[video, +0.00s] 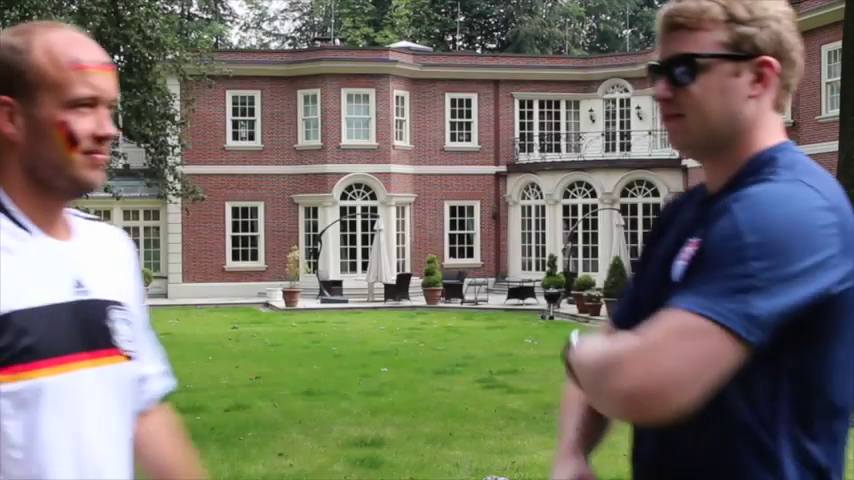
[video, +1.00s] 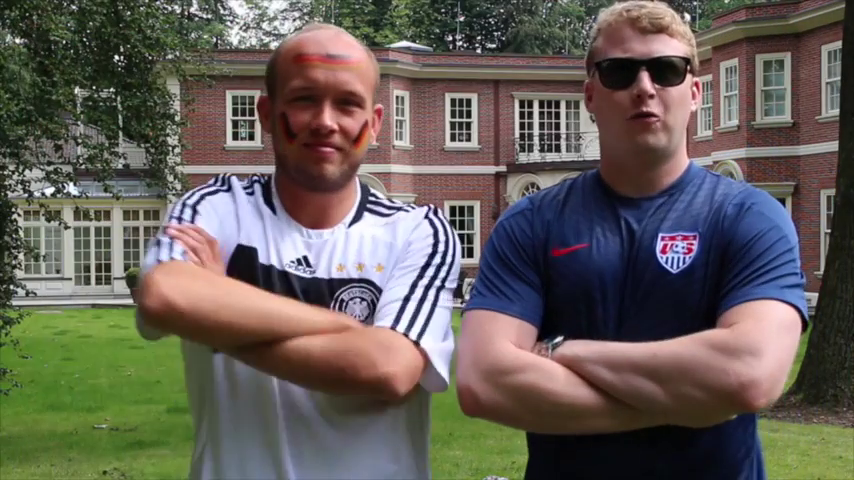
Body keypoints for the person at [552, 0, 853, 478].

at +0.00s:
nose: (661, 90)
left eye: (683, 70)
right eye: (657, 74)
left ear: (760, 79)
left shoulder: (790, 208)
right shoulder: (683, 214)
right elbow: (609, 345)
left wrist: (580, 349)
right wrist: (570, 453)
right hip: (662, 468)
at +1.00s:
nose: (643, 88)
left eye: (664, 72)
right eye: (620, 72)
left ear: (694, 94)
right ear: (591, 96)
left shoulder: (750, 217)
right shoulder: (528, 225)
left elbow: (751, 377)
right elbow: (482, 383)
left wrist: (561, 353)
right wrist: (669, 401)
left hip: (713, 473)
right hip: (566, 474)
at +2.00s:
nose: (640, 92)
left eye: (661, 74)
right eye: (615, 76)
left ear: (694, 91)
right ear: (588, 97)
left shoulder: (750, 219)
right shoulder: (529, 226)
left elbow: (745, 386)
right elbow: (479, 389)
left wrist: (557, 358)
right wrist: (669, 409)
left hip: (712, 473)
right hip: (564, 473)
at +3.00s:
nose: (639, 94)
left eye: (661, 76)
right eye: (615, 77)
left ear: (694, 92)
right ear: (589, 96)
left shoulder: (750, 219)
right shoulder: (529, 227)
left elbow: (746, 387)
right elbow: (479, 390)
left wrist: (557, 360)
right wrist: (672, 410)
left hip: (713, 473)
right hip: (564, 473)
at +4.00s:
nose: (648, 97)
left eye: (670, 78)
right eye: (624, 80)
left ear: (703, 91)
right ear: (596, 95)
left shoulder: (758, 221)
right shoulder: (536, 227)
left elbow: (756, 389)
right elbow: (488, 391)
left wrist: (566, 361)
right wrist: (682, 413)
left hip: (719, 473)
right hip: (571, 473)